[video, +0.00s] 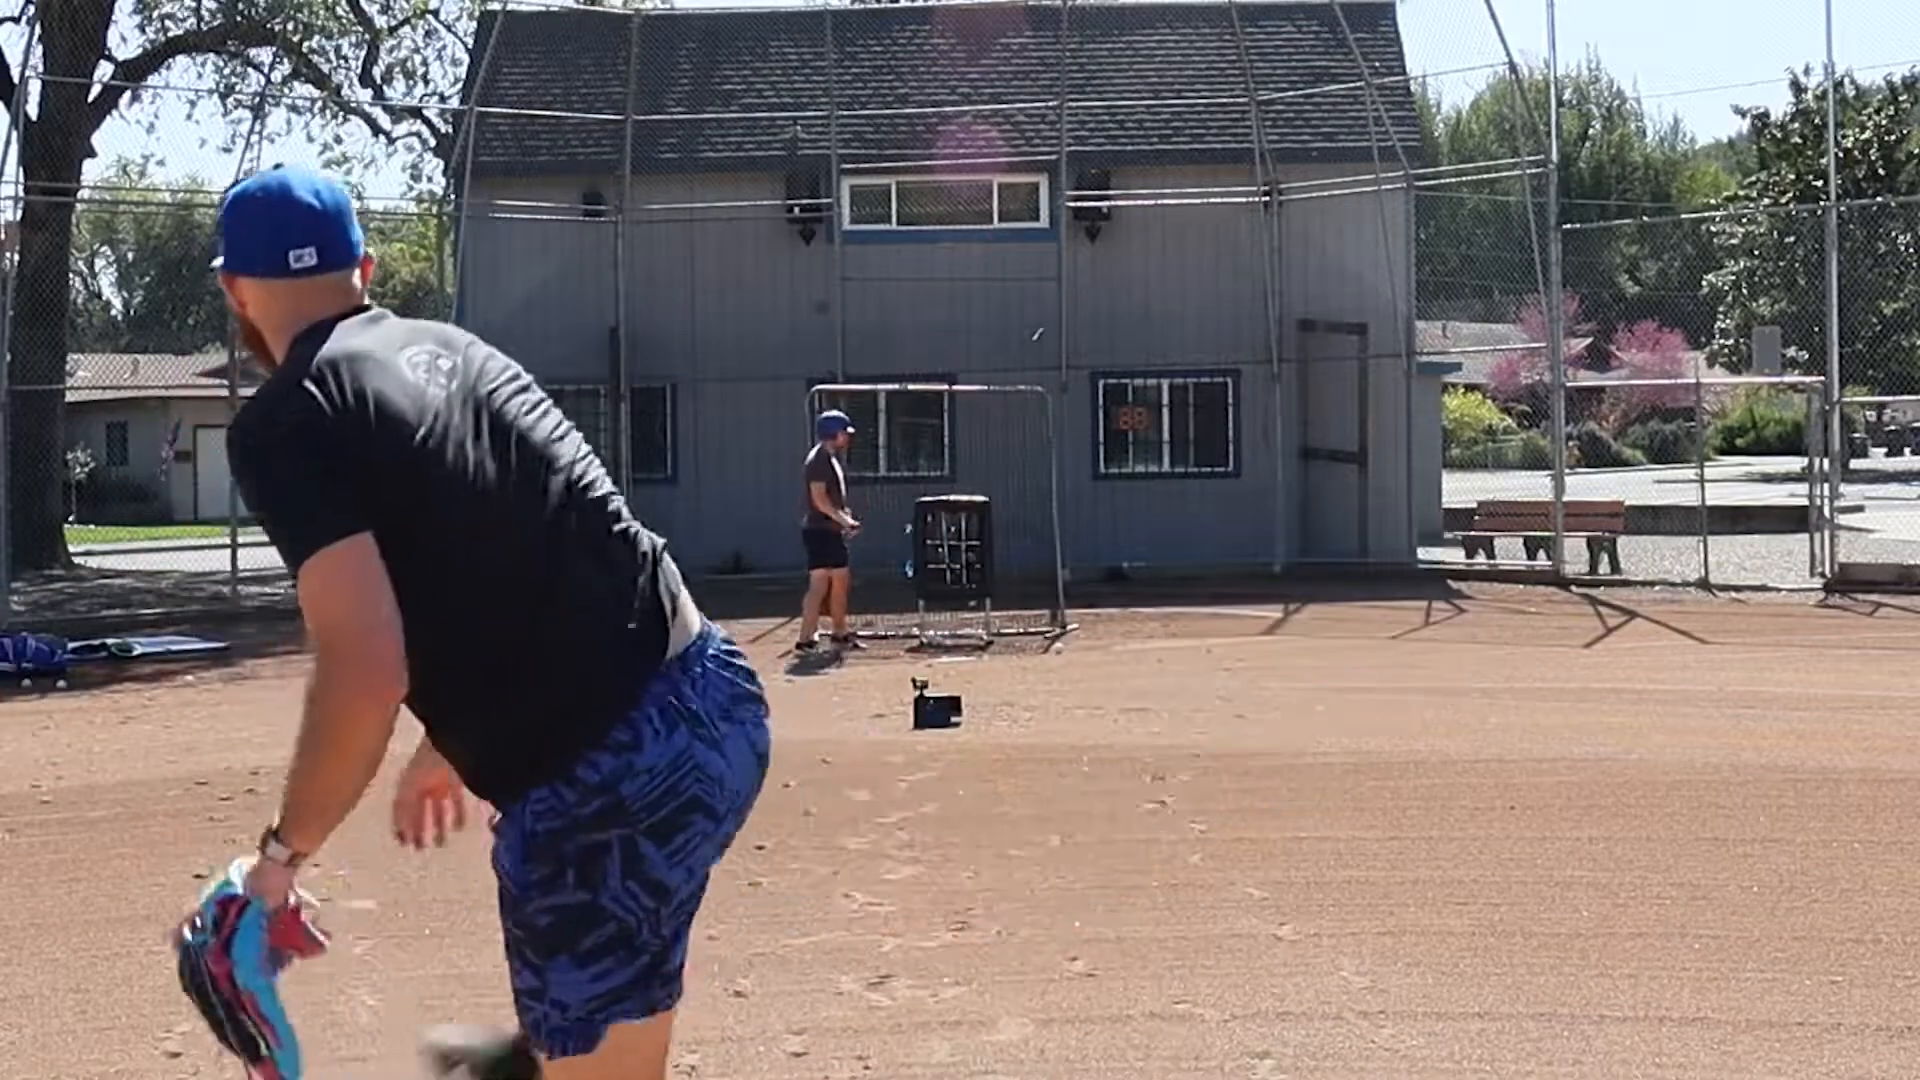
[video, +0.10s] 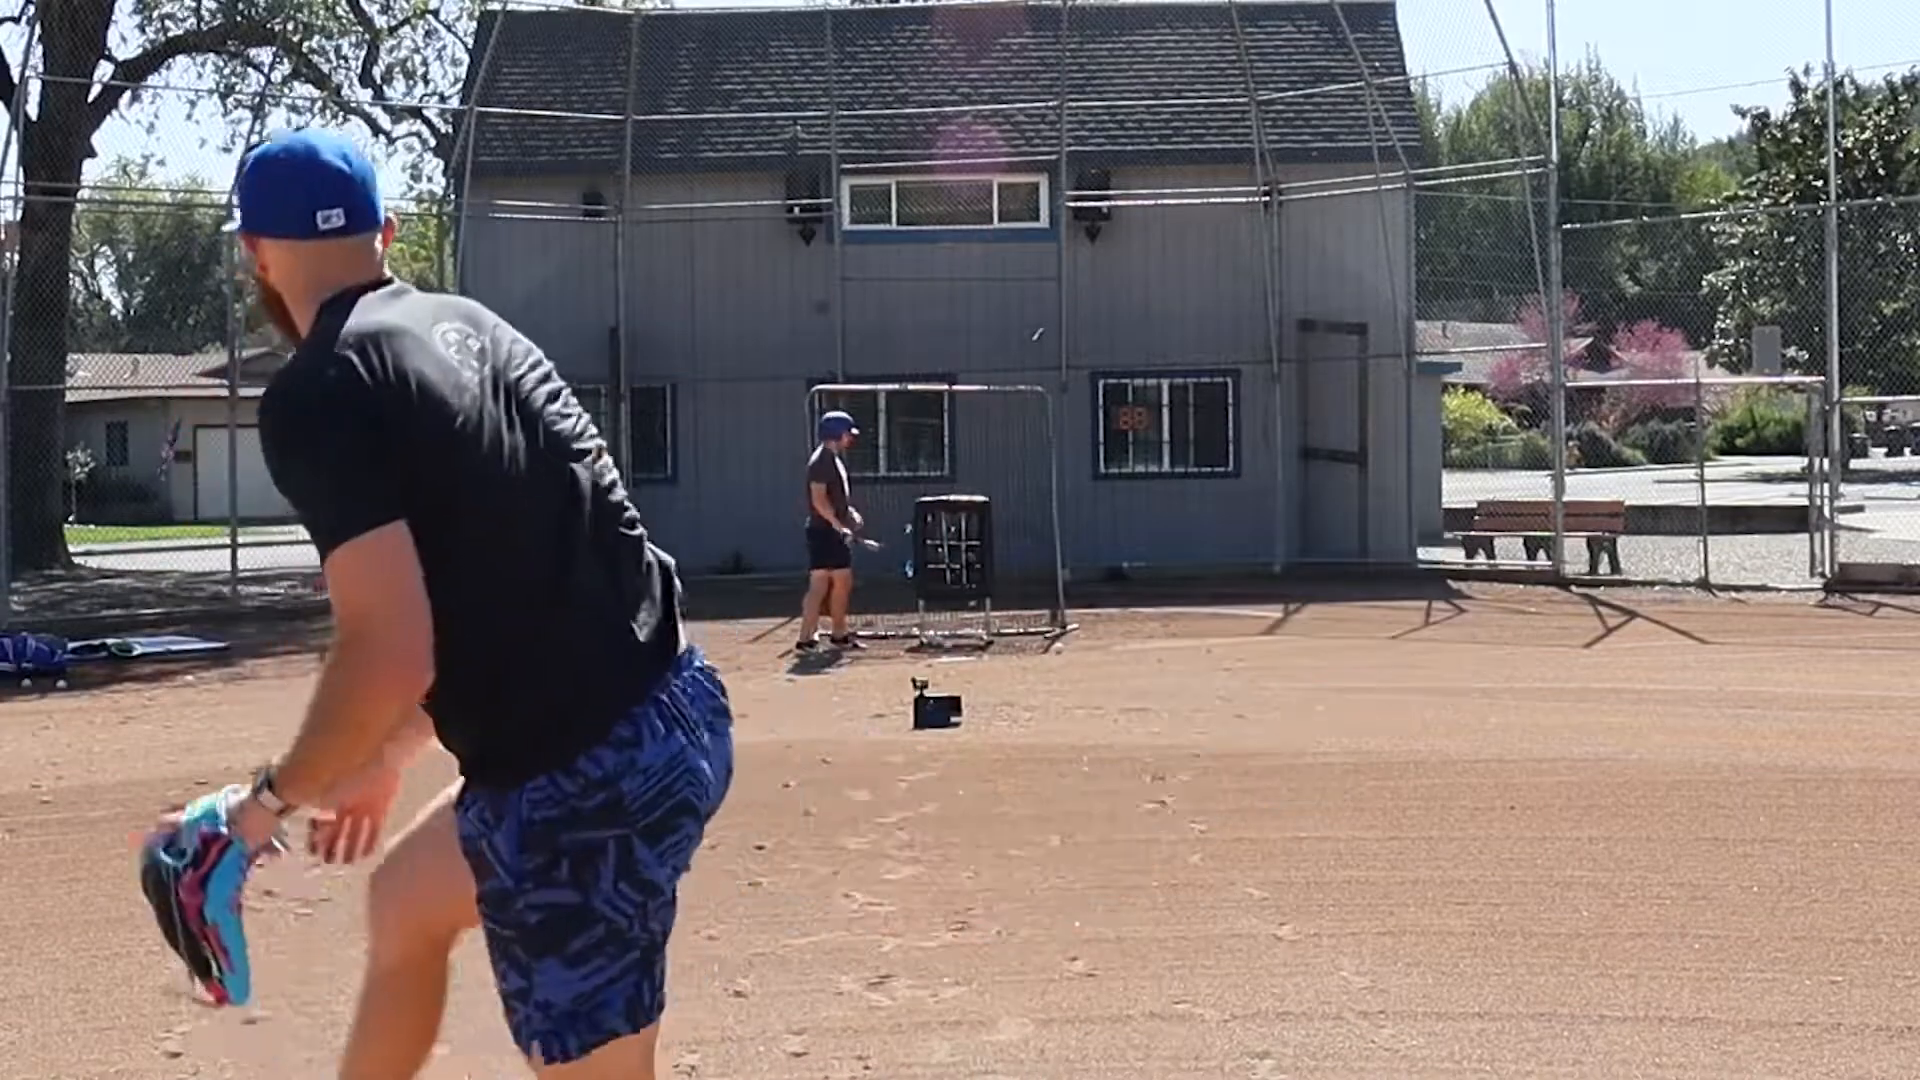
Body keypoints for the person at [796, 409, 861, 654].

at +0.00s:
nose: (847, 437)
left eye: (847, 433)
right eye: (844, 433)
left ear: (832, 435)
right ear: (832, 434)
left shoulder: (832, 457)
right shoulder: (819, 459)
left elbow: (834, 495)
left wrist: (846, 516)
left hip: (828, 525)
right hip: (822, 527)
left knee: (819, 581)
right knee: (840, 577)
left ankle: (806, 636)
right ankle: (840, 630)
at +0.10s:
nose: (850, 439)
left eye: (850, 434)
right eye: (847, 434)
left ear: (834, 435)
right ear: (835, 434)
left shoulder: (834, 459)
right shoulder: (822, 461)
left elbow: (837, 493)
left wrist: (850, 511)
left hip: (829, 524)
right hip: (825, 525)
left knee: (819, 581)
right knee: (842, 580)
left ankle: (806, 636)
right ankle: (839, 631)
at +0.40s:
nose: (866, 449)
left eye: (867, 444)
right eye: (861, 445)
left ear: (869, 446)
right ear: (850, 448)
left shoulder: (859, 468)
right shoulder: (846, 469)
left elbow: (878, 495)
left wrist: (877, 478)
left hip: (835, 529)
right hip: (828, 530)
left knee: (857, 578)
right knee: (865, 572)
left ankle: (845, 632)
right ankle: (843, 618)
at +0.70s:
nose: (866, 464)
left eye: (867, 460)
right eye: (861, 460)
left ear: (866, 462)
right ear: (850, 461)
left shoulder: (836, 478)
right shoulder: (855, 482)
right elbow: (877, 502)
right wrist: (867, 482)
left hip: (832, 546)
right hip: (820, 546)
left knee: (856, 594)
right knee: (837, 595)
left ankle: (846, 634)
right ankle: (820, 638)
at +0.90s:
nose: (855, 460)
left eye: (856, 455)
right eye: (850, 455)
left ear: (855, 455)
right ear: (839, 456)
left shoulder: (842, 477)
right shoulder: (839, 480)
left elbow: (863, 503)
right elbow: (871, 504)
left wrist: (865, 491)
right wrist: (871, 489)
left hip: (832, 547)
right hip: (817, 546)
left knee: (851, 598)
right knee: (834, 597)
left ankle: (845, 635)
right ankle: (809, 644)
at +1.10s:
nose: (844, 453)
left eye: (845, 448)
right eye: (840, 449)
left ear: (845, 449)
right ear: (830, 451)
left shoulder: (831, 469)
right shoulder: (834, 475)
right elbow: (860, 505)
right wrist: (871, 493)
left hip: (837, 544)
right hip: (822, 544)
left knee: (852, 597)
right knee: (834, 596)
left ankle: (845, 636)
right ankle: (808, 645)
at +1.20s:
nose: (844, 453)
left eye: (845, 448)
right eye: (839, 449)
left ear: (845, 450)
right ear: (829, 451)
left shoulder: (836, 472)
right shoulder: (832, 475)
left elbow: (850, 497)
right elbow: (854, 510)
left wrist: (857, 493)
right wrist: (870, 497)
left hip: (839, 545)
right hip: (824, 544)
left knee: (853, 597)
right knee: (833, 596)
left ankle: (845, 636)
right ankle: (808, 645)